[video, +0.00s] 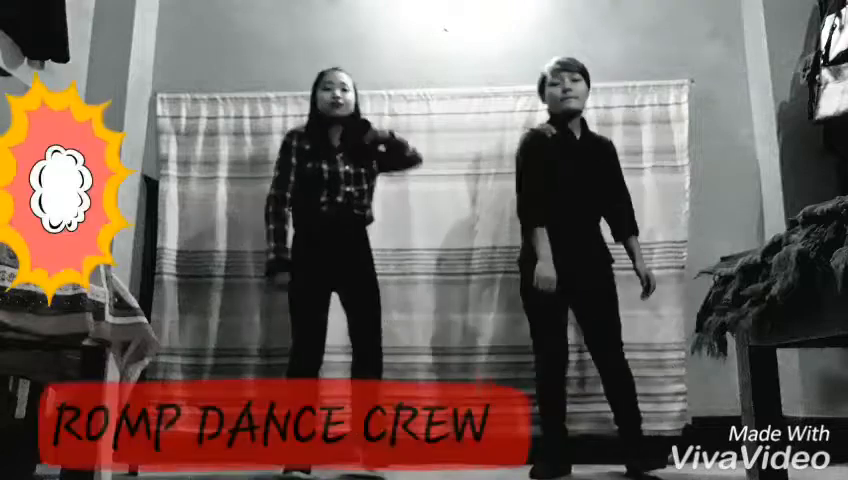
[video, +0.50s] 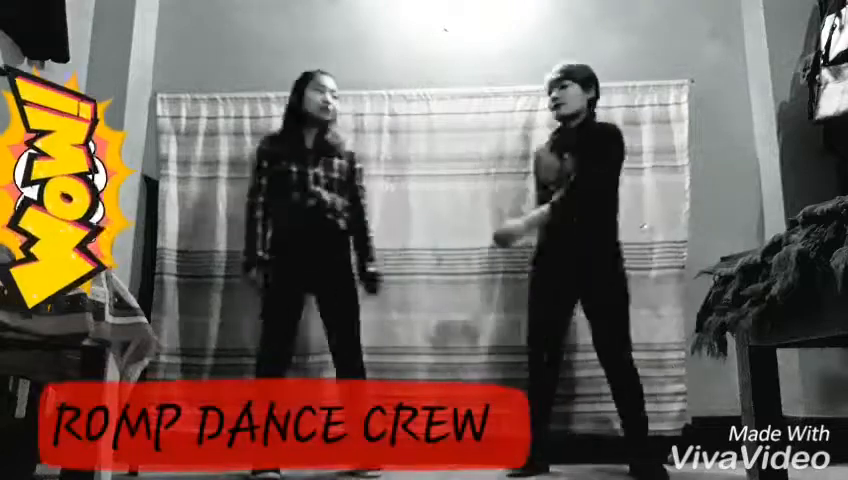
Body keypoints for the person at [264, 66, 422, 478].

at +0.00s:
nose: (337, 94)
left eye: (344, 88)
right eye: (328, 88)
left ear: (355, 98)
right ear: (314, 97)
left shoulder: (365, 141)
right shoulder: (298, 141)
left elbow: (410, 159)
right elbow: (278, 201)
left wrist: (380, 138)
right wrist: (278, 257)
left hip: (353, 253)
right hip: (309, 254)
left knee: (368, 347)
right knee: (307, 350)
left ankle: (369, 440)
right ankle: (297, 446)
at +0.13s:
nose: (337, 99)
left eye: (345, 93)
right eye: (328, 92)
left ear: (355, 103)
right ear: (314, 102)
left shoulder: (372, 153)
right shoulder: (297, 153)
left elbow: (404, 201)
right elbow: (280, 208)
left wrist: (378, 189)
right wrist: (280, 256)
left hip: (359, 263)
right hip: (312, 263)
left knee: (359, 356)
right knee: (307, 355)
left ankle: (361, 448)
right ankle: (296, 447)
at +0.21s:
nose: (345, 100)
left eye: (352, 94)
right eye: (336, 95)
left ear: (363, 104)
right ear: (322, 105)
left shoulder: (380, 153)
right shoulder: (307, 154)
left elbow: (395, 201)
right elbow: (295, 209)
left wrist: (381, 228)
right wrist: (287, 259)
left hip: (365, 261)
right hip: (319, 259)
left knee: (362, 355)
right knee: (312, 352)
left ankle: (362, 444)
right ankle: (300, 443)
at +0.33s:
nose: (345, 100)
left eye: (353, 94)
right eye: (336, 94)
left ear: (364, 105)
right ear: (323, 105)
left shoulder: (380, 151)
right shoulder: (309, 155)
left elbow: (400, 206)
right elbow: (297, 211)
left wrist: (400, 257)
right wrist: (289, 259)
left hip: (363, 266)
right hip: (316, 265)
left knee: (360, 354)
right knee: (301, 348)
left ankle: (361, 437)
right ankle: (279, 429)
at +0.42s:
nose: (341, 100)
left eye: (348, 95)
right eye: (333, 94)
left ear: (357, 106)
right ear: (317, 104)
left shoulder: (372, 155)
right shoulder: (299, 153)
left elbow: (392, 206)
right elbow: (285, 210)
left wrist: (396, 251)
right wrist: (278, 260)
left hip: (355, 266)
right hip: (307, 264)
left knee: (355, 356)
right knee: (290, 352)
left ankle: (360, 443)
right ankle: (272, 440)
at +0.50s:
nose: (330, 99)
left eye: (334, 93)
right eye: (321, 91)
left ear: (337, 103)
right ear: (299, 97)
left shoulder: (343, 154)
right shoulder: (272, 149)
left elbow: (358, 213)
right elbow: (257, 205)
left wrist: (368, 263)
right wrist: (255, 257)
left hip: (334, 265)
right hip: (286, 264)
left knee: (349, 356)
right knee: (274, 355)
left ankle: (360, 446)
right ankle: (262, 447)